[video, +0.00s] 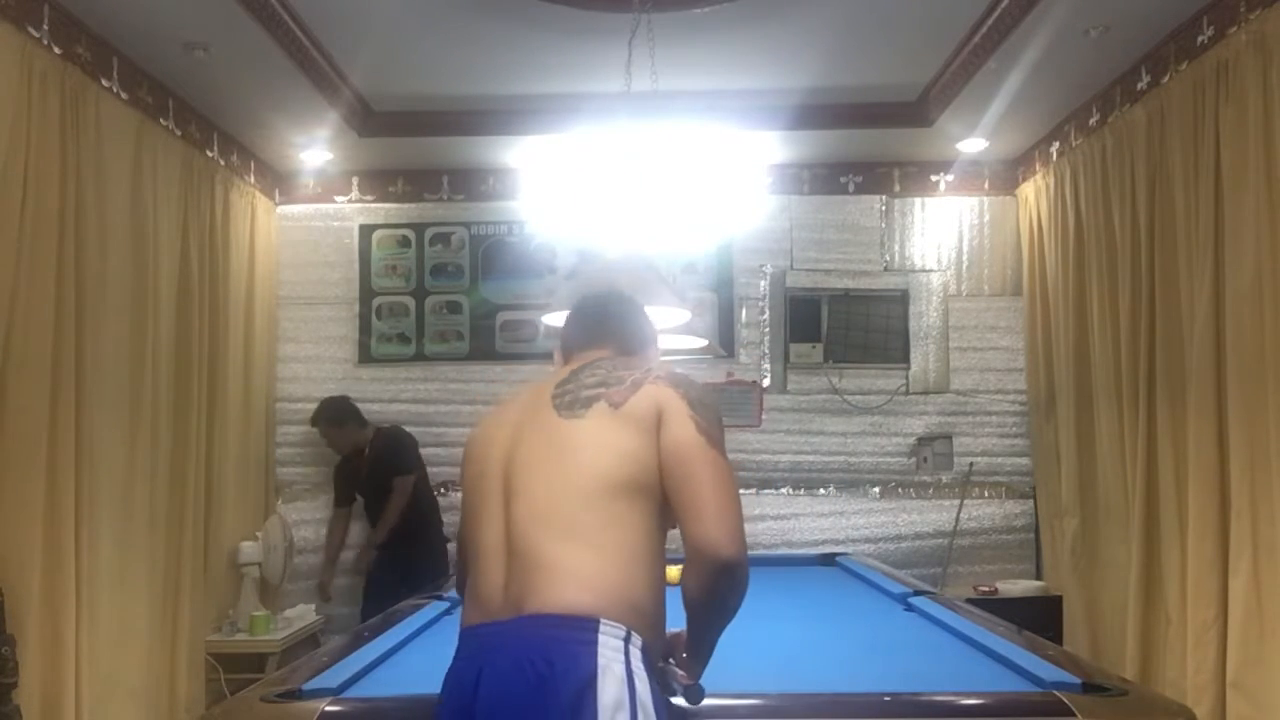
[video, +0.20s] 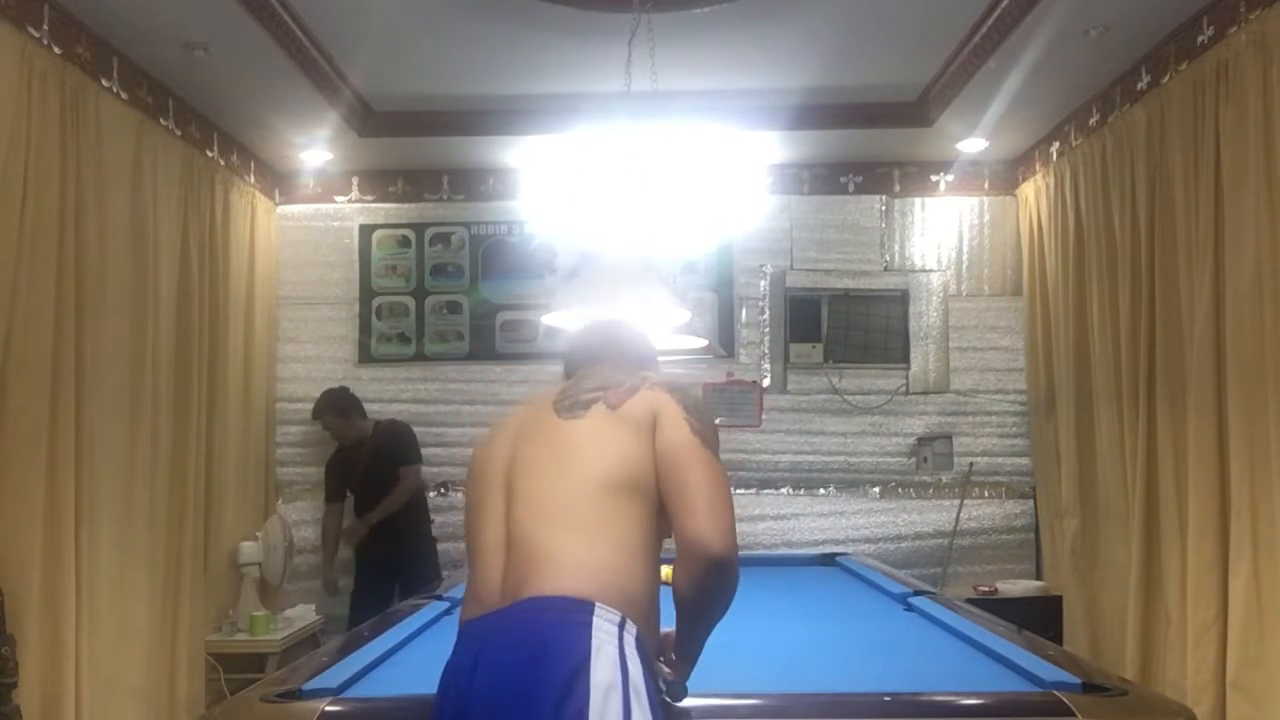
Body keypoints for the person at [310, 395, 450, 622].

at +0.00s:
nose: (328, 445)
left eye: (328, 437)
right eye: (325, 439)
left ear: (346, 426)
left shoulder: (396, 440)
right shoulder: (346, 468)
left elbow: (402, 497)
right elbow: (340, 519)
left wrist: (372, 545)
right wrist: (328, 572)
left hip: (423, 551)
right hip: (387, 553)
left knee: (420, 624)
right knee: (374, 624)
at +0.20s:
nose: (332, 437)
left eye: (332, 429)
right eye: (327, 431)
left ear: (348, 417)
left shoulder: (396, 433)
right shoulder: (338, 462)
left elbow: (411, 483)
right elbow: (333, 517)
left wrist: (366, 523)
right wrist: (329, 569)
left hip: (414, 551)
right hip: (373, 557)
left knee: (421, 628)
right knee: (362, 636)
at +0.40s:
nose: (338, 434)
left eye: (339, 426)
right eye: (334, 428)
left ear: (356, 414)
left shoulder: (405, 435)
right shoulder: (341, 457)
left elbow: (422, 488)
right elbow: (337, 515)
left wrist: (415, 537)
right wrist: (344, 563)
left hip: (410, 551)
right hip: (368, 555)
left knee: (418, 627)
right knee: (365, 635)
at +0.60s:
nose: (347, 429)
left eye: (348, 421)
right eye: (343, 423)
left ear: (365, 411)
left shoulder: (415, 435)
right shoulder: (349, 454)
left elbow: (444, 483)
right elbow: (344, 513)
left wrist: (447, 532)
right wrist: (348, 560)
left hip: (412, 556)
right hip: (369, 560)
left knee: (417, 630)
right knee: (370, 635)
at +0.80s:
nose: (359, 424)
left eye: (361, 416)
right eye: (357, 418)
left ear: (380, 407)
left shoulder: (428, 436)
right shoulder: (363, 452)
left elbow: (456, 481)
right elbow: (352, 506)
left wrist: (453, 532)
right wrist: (343, 558)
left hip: (418, 557)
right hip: (373, 557)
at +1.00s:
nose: (375, 419)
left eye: (379, 411)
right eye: (371, 413)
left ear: (399, 403)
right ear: (368, 410)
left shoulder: (435, 438)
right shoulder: (368, 449)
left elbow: (457, 488)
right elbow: (351, 499)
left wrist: (448, 537)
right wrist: (346, 549)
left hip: (421, 553)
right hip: (376, 554)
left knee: (422, 628)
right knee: (363, 631)